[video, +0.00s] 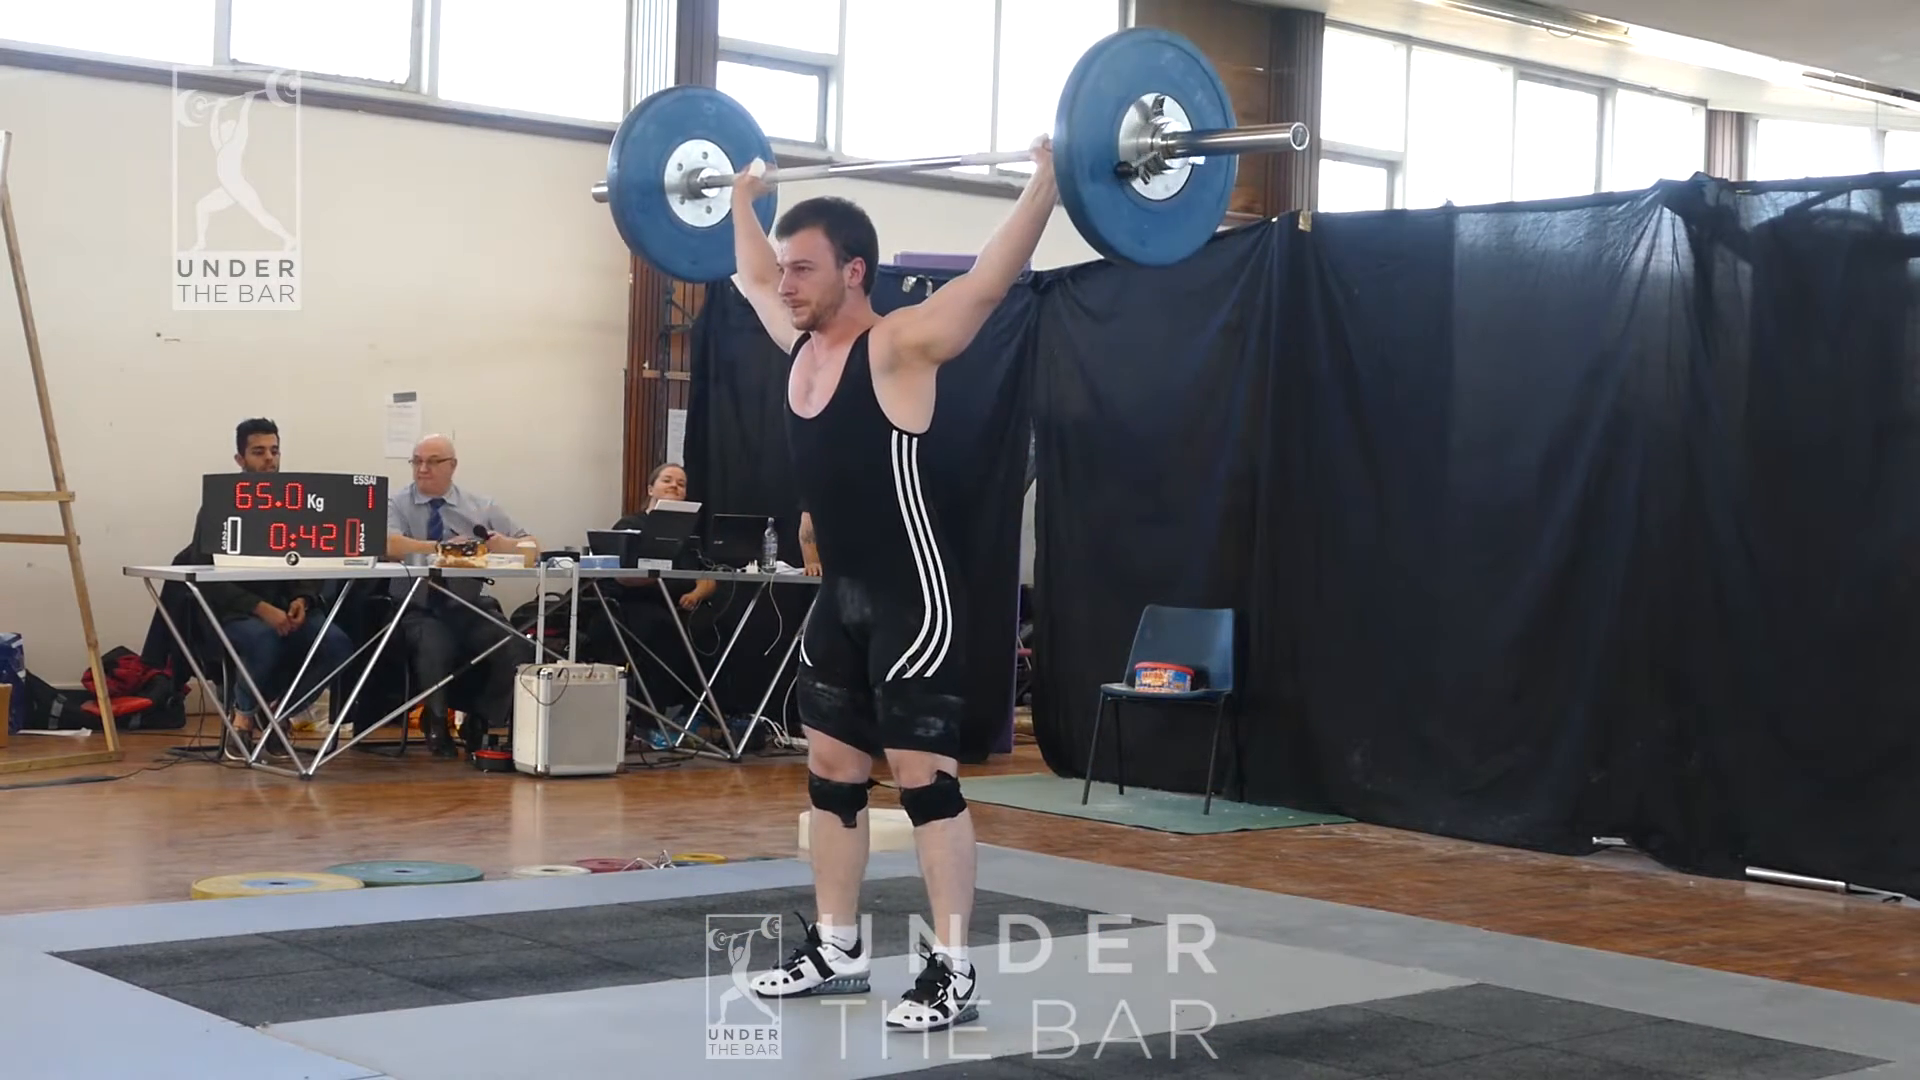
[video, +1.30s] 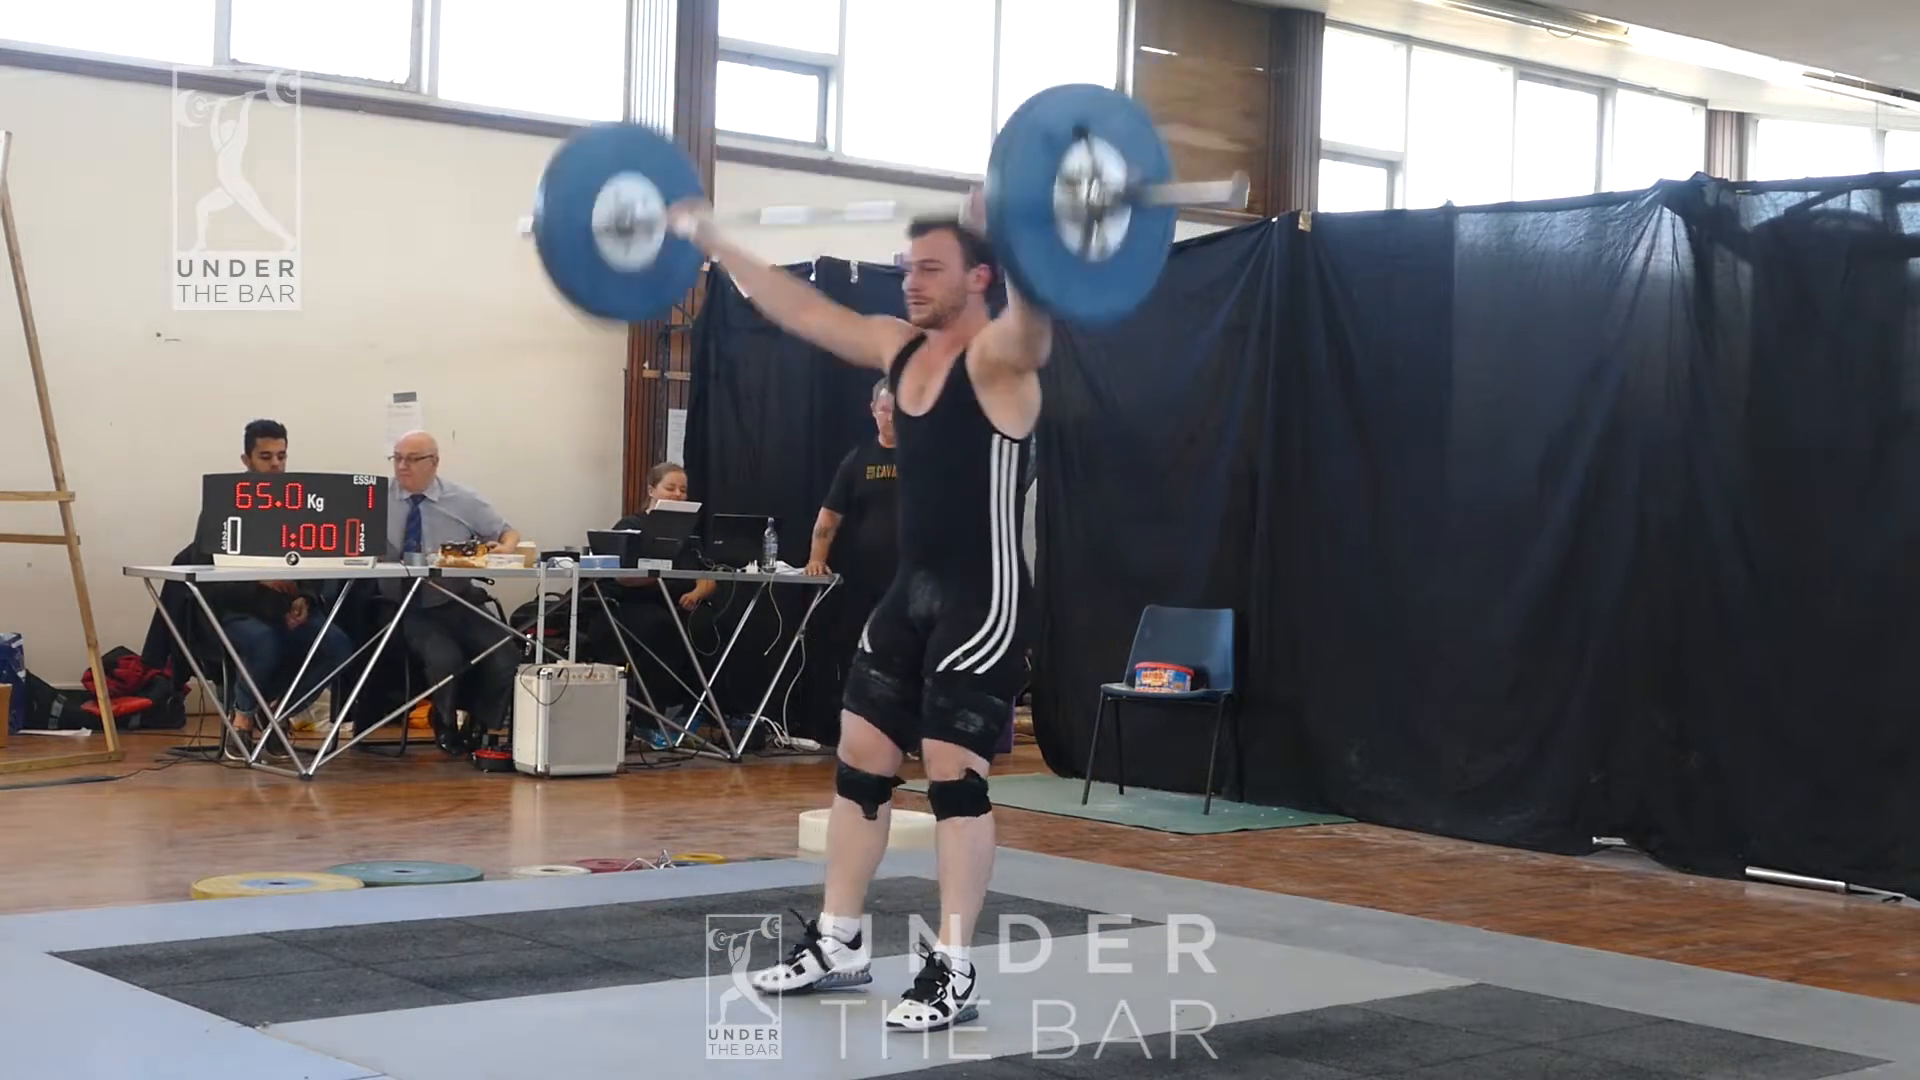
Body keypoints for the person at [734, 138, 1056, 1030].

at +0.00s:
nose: (788, 284)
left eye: (803, 268)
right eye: (784, 272)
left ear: (854, 270)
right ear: (788, 275)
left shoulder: (903, 341)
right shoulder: (805, 347)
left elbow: (985, 280)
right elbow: (756, 279)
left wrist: (1041, 188)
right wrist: (744, 199)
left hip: (916, 597)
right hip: (840, 597)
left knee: (921, 772)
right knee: (833, 766)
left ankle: (949, 968)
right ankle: (838, 951)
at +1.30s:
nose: (913, 282)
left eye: (930, 269)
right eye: (909, 270)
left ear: (980, 275)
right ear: (911, 277)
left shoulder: (1001, 351)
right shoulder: (902, 345)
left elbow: (1029, 323)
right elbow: (799, 305)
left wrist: (1031, 243)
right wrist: (706, 233)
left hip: (985, 601)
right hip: (910, 594)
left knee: (953, 767)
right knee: (863, 756)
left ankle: (952, 969)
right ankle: (838, 947)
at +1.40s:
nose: (945, 284)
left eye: (963, 270)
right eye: (940, 271)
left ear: (1008, 281)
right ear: (935, 282)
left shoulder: (1022, 363)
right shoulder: (922, 368)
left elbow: (1066, 352)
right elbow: (811, 377)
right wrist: (701, 344)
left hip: (998, 609)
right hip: (923, 600)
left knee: (965, 767)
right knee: (867, 752)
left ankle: (954, 968)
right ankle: (882, 933)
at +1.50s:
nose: (959, 289)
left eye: (977, 276)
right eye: (957, 276)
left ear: (1024, 289)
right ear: (959, 287)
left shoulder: (1046, 386)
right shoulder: (934, 385)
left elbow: (1088, 498)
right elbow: (846, 448)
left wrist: (1060, 557)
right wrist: (734, 482)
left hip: (1008, 601)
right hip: (937, 593)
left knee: (966, 768)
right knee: (880, 763)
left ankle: (955, 972)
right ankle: (947, 906)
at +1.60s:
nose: (968, 298)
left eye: (986, 285)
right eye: (965, 286)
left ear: (1033, 299)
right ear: (967, 297)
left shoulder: (1058, 402)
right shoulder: (952, 396)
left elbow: (1094, 517)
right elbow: (906, 508)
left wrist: (1084, 624)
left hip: (1013, 633)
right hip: (937, 624)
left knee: (975, 789)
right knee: (913, 784)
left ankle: (957, 962)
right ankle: (1004, 909)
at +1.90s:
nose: (991, 301)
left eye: (1006, 287)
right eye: (986, 288)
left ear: (1053, 290)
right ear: (987, 294)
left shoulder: (1092, 380)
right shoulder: (981, 389)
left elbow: (1160, 473)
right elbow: (971, 494)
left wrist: (1146, 584)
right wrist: (957, 590)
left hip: (1071, 614)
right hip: (994, 612)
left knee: (1056, 766)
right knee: (984, 762)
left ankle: (1061, 938)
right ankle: (1002, 930)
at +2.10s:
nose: (1011, 346)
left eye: (1022, 329)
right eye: (1003, 331)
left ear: (1067, 316)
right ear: (1001, 327)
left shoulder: (1122, 393)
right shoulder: (1021, 400)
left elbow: (1215, 470)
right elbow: (1040, 497)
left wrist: (1195, 565)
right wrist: (1023, 585)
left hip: (1122, 607)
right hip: (1043, 601)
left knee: (1121, 767)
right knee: (1022, 761)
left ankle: (1190, 909)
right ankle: (1005, 926)